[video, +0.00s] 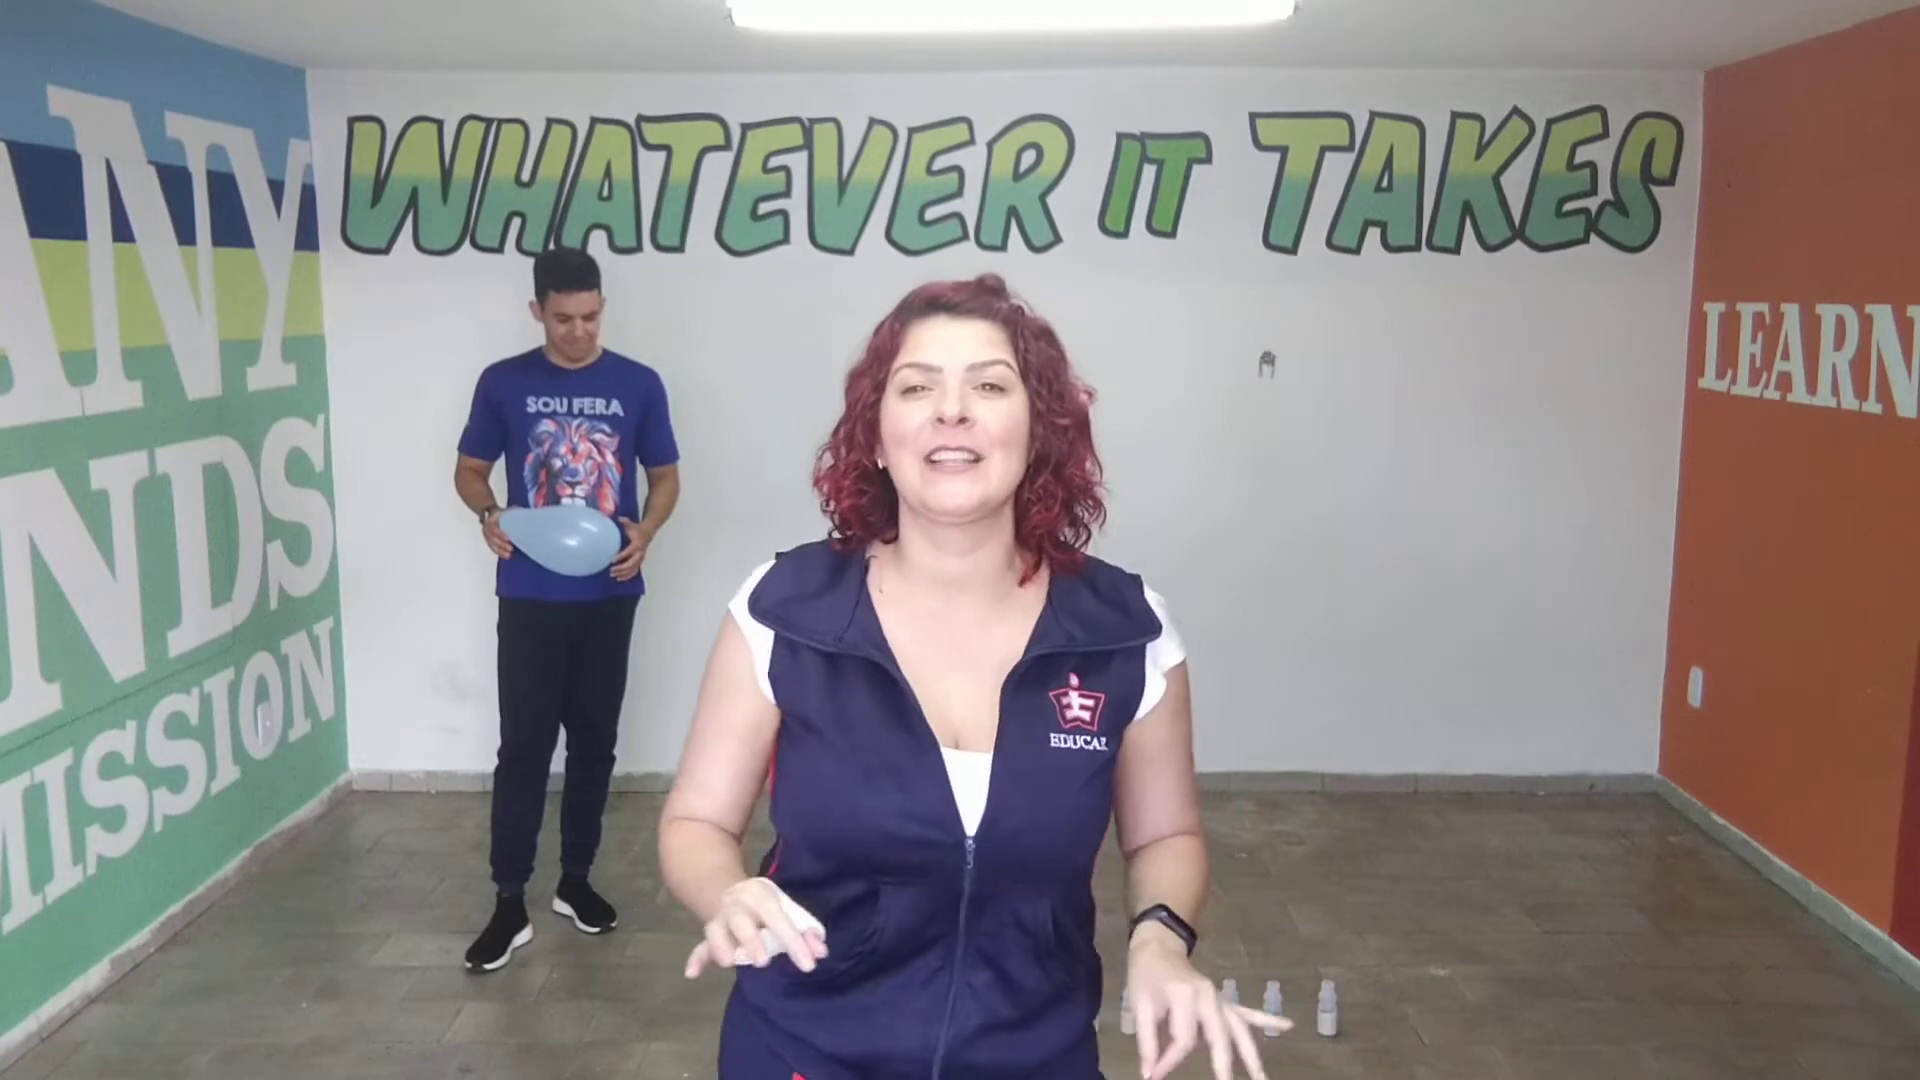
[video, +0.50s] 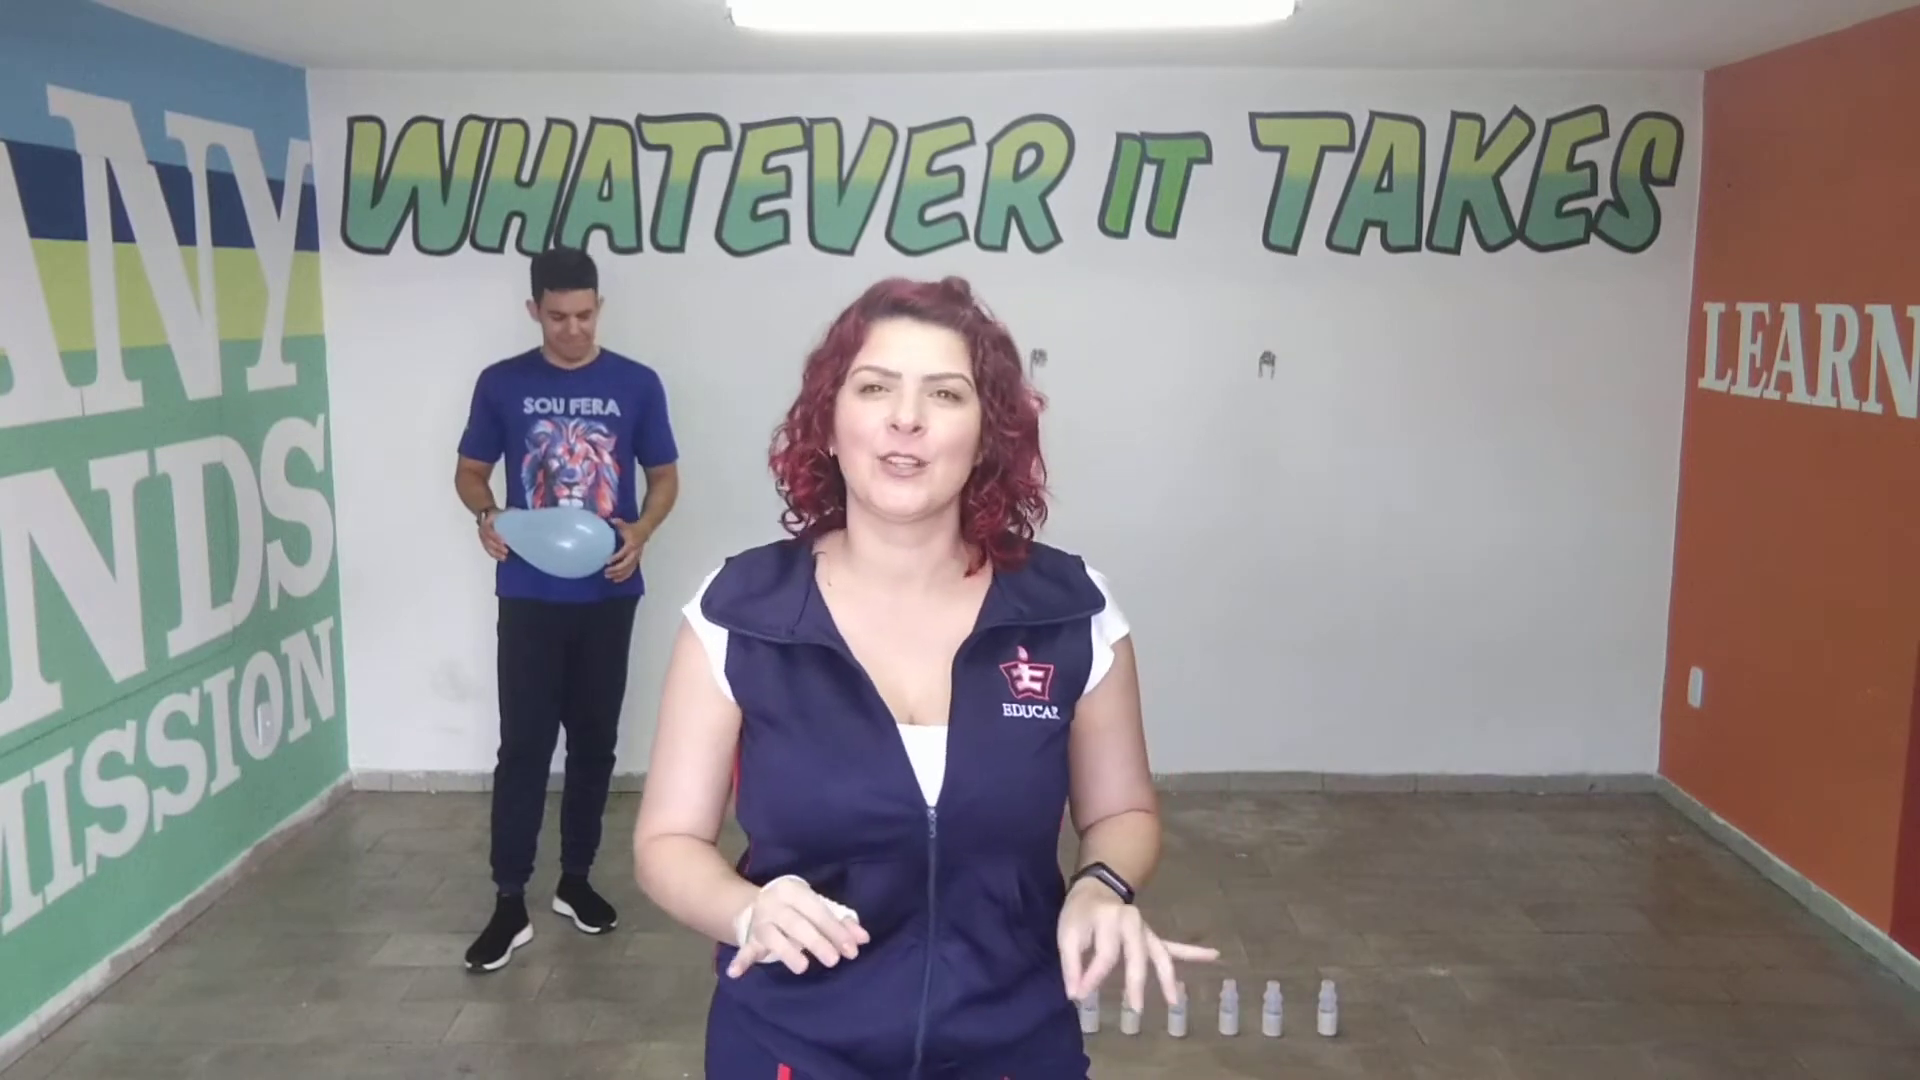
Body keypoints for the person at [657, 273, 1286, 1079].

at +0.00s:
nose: (953, 412)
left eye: (991, 386)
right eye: (919, 388)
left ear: (1039, 426)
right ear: (875, 429)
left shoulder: (1123, 625)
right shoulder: (788, 605)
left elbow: (1165, 833)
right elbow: (697, 817)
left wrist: (1160, 940)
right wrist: (725, 892)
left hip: (1032, 1055)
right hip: (813, 1051)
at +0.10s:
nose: (944, 410)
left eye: (981, 385)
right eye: (910, 386)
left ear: (1029, 424)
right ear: (865, 424)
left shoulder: (1109, 621)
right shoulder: (774, 605)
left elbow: (1149, 824)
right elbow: (688, 826)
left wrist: (1156, 925)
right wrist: (749, 899)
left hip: (1024, 1055)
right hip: (809, 1050)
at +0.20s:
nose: (932, 412)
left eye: (970, 386)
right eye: (899, 385)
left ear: (1017, 425)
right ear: (855, 422)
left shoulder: (1095, 616)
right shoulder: (765, 604)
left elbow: (1138, 818)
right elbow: (683, 835)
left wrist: (1143, 914)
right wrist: (765, 903)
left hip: (1019, 1056)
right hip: (804, 1053)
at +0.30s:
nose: (921, 415)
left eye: (960, 388)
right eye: (889, 386)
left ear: (1006, 427)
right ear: (844, 421)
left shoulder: (1084, 612)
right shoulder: (757, 605)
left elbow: (1132, 813)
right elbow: (680, 841)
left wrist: (1126, 907)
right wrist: (770, 909)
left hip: (1018, 1055)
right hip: (801, 1054)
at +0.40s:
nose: (913, 418)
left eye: (952, 392)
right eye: (882, 385)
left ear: (996, 430)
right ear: (836, 418)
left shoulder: (1075, 609)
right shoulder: (749, 606)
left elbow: (1128, 811)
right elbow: (674, 843)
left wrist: (1110, 894)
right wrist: (761, 910)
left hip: (1015, 1056)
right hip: (799, 1056)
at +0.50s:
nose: (906, 420)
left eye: (945, 394)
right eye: (876, 388)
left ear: (988, 430)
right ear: (830, 419)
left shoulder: (1069, 608)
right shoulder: (743, 607)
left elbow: (1122, 811)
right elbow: (668, 840)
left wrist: (1101, 886)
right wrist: (747, 908)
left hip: (1012, 1052)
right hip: (798, 1053)